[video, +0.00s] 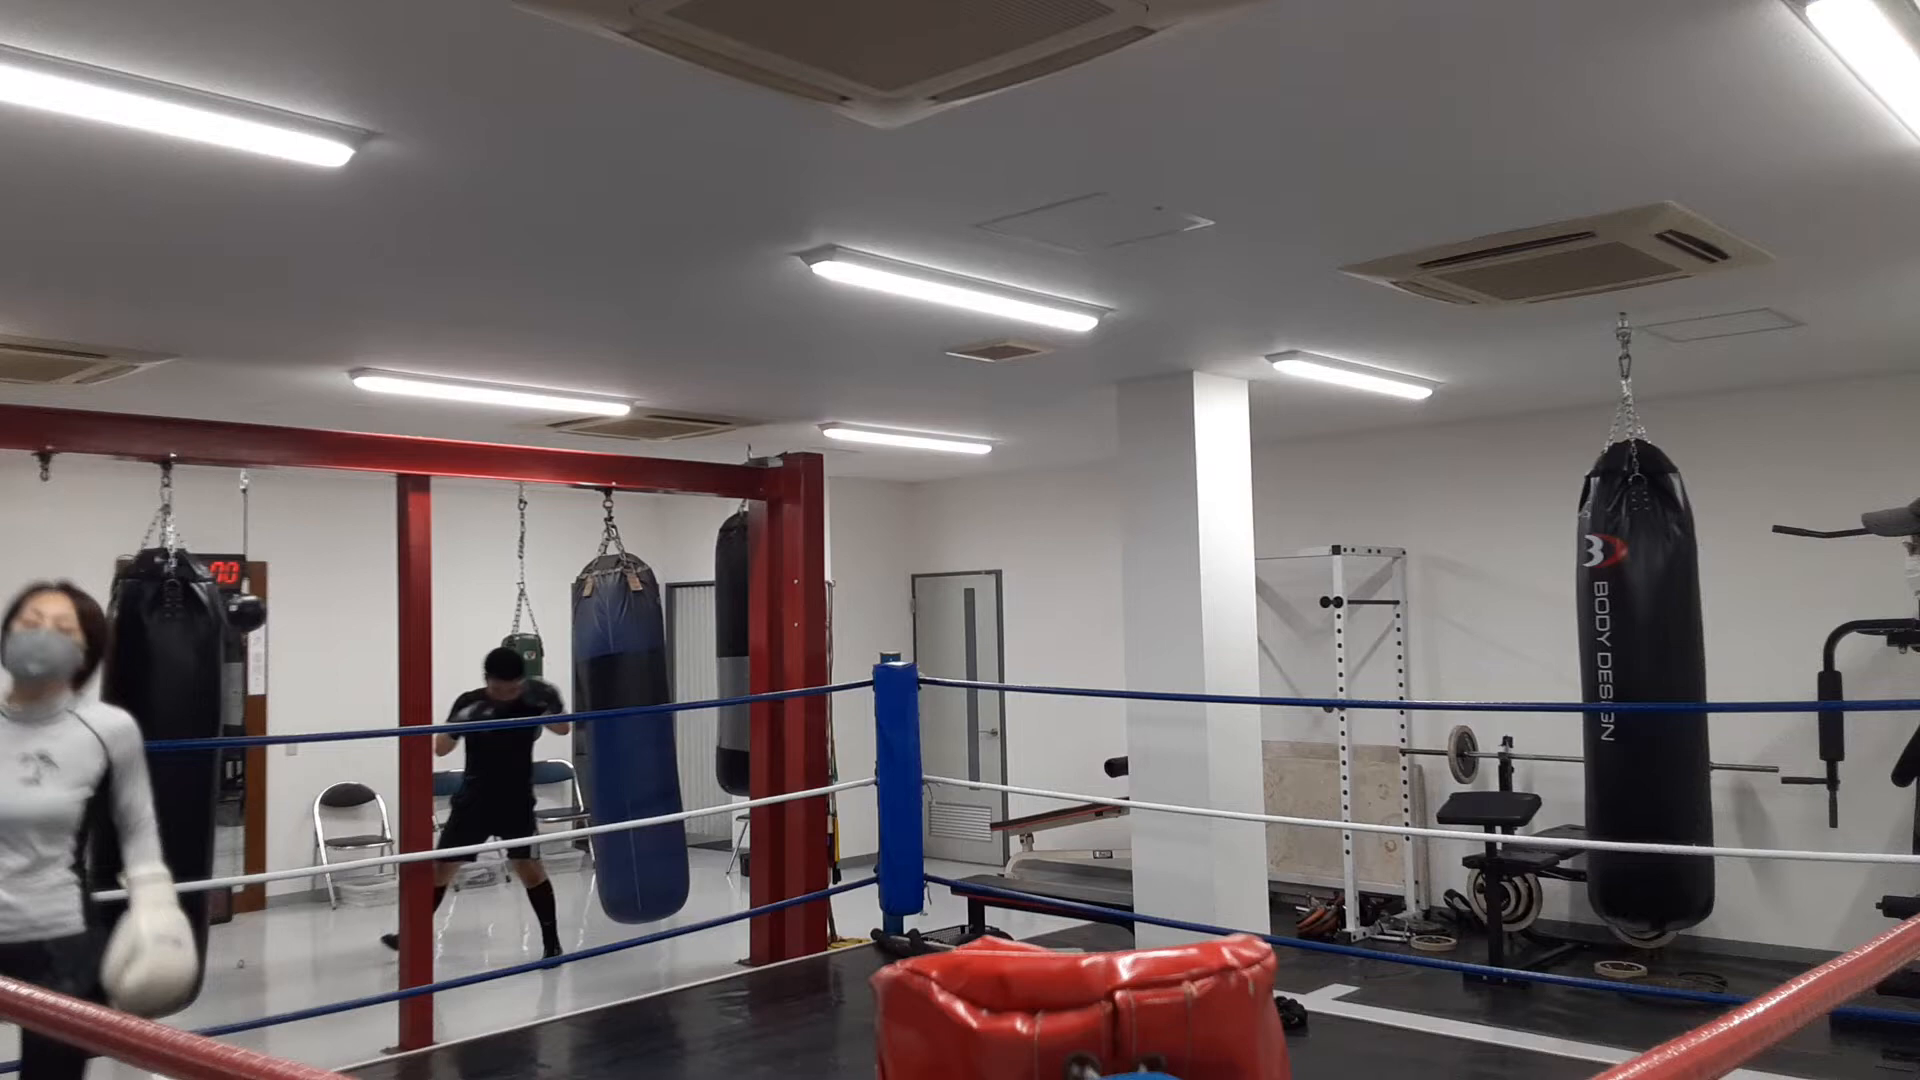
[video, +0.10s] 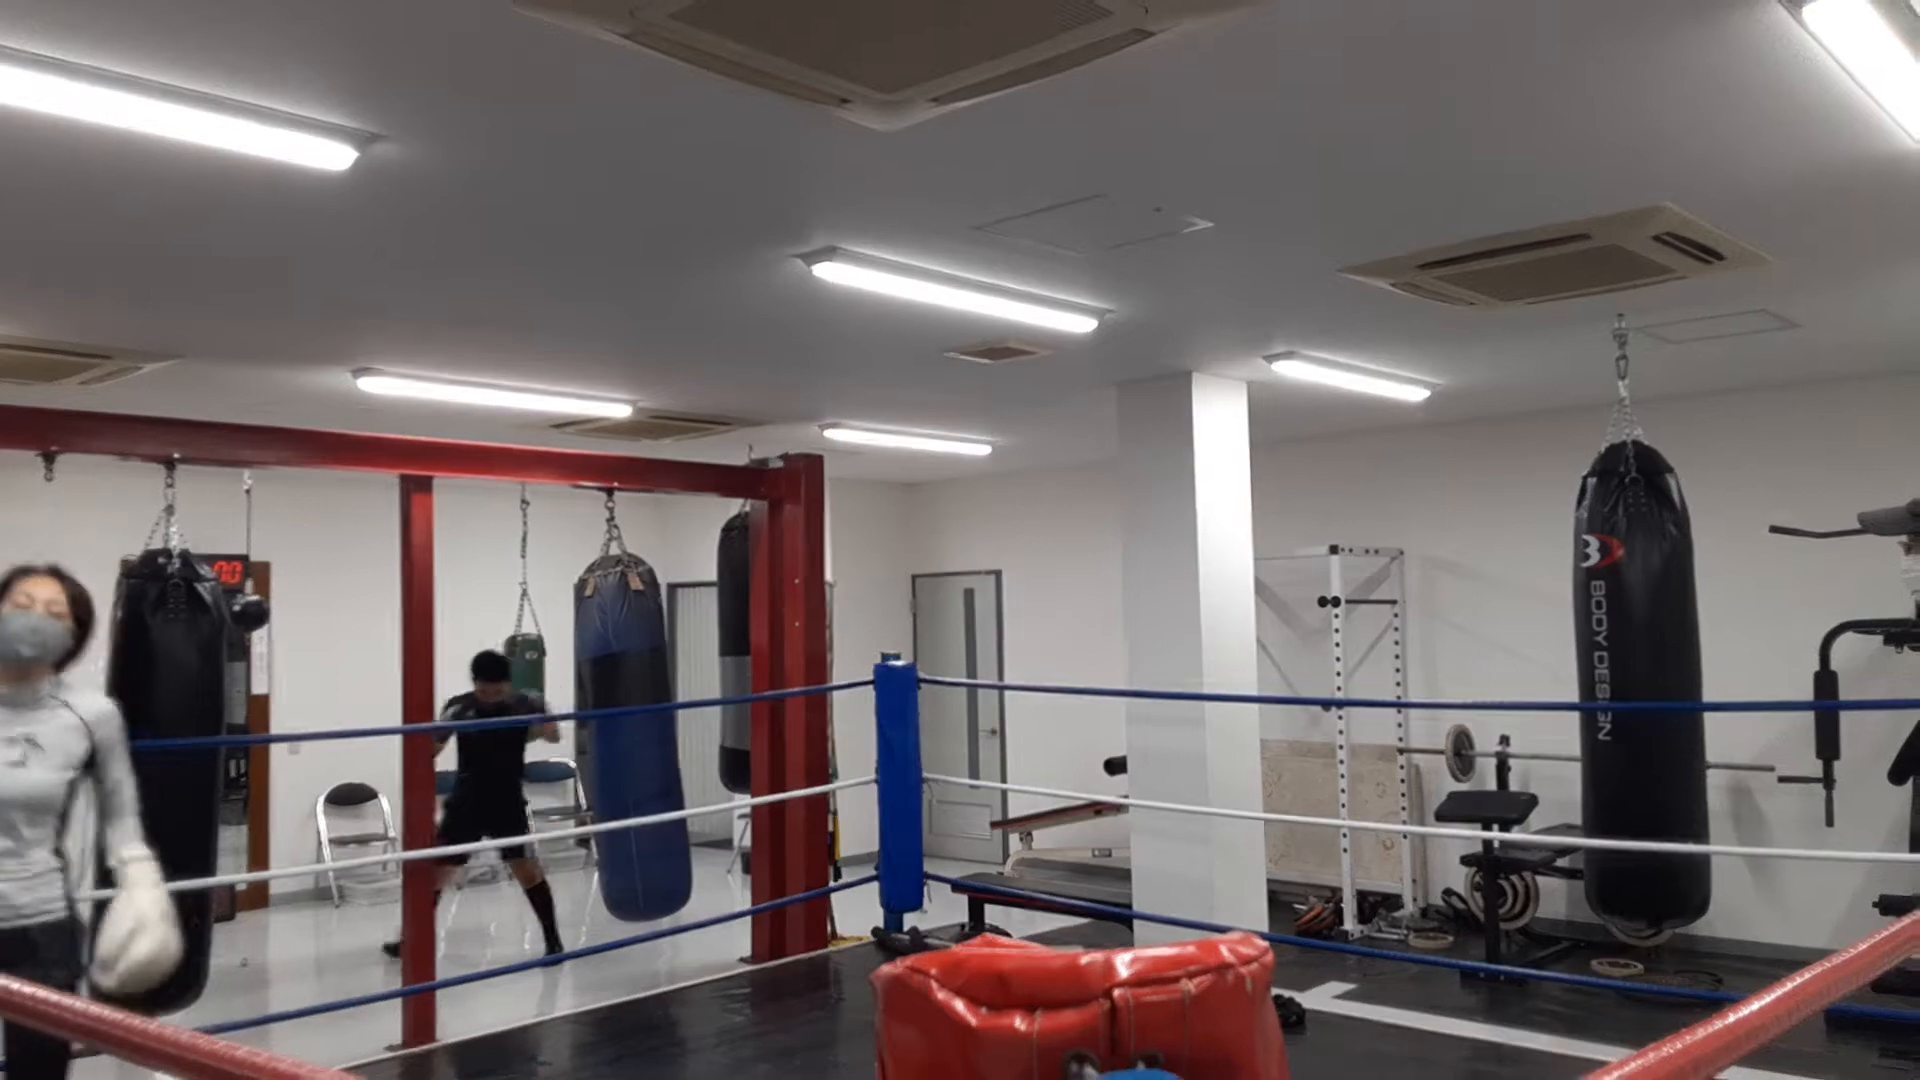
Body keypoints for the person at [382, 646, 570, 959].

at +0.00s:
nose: (506, 695)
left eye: (512, 689)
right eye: (500, 689)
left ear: (520, 682)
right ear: (488, 681)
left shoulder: (532, 699)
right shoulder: (469, 702)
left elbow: (562, 729)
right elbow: (441, 748)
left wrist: (550, 704)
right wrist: (460, 722)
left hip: (515, 802)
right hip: (473, 803)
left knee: (529, 868)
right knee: (441, 868)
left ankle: (551, 942)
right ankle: (412, 934)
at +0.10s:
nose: (488, 695)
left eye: (494, 689)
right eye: (482, 689)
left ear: (506, 684)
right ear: (473, 682)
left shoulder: (522, 707)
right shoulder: (459, 707)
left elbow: (552, 736)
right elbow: (432, 749)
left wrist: (539, 709)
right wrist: (449, 722)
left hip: (506, 802)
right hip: (466, 803)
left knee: (524, 867)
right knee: (435, 869)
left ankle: (552, 939)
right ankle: (412, 937)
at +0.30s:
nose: (448, 690)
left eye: (454, 683)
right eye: (441, 685)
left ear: (461, 677)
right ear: (428, 681)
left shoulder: (478, 701)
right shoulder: (418, 705)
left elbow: (512, 744)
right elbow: (388, 751)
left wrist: (501, 733)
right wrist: (393, 732)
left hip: (473, 798)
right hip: (430, 802)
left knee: (493, 865)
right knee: (414, 873)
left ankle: (520, 940)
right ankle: (401, 942)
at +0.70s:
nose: (430, 682)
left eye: (435, 676)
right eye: (424, 675)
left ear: (444, 673)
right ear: (410, 672)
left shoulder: (457, 698)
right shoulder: (391, 699)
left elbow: (494, 735)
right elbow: (368, 748)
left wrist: (470, 709)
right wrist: (388, 720)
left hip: (449, 794)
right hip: (406, 796)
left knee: (460, 864)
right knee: (398, 869)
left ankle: (474, 939)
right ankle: (399, 941)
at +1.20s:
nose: (452, 685)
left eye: (457, 678)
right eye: (446, 678)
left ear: (462, 675)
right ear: (427, 672)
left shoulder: (463, 705)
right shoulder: (397, 700)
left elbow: (498, 748)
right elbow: (377, 748)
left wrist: (491, 726)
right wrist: (408, 724)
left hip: (443, 801)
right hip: (398, 800)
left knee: (453, 876)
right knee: (374, 875)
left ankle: (467, 961)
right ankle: (360, 946)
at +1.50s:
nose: (406, 683)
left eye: (409, 676)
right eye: (399, 677)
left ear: (413, 679)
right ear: (382, 678)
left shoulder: (419, 710)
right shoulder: (355, 714)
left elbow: (465, 745)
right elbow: (354, 759)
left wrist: (451, 731)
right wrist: (388, 729)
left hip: (412, 817)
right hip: (365, 819)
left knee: (437, 885)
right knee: (337, 892)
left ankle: (463, 961)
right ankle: (312, 965)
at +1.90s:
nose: (452, 687)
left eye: (455, 682)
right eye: (447, 681)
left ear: (456, 681)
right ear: (427, 678)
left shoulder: (455, 717)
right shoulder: (391, 714)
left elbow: (502, 741)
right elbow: (392, 751)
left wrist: (499, 709)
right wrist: (434, 712)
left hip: (436, 819)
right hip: (391, 820)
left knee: (475, 884)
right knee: (356, 894)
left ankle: (498, 957)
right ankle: (326, 959)